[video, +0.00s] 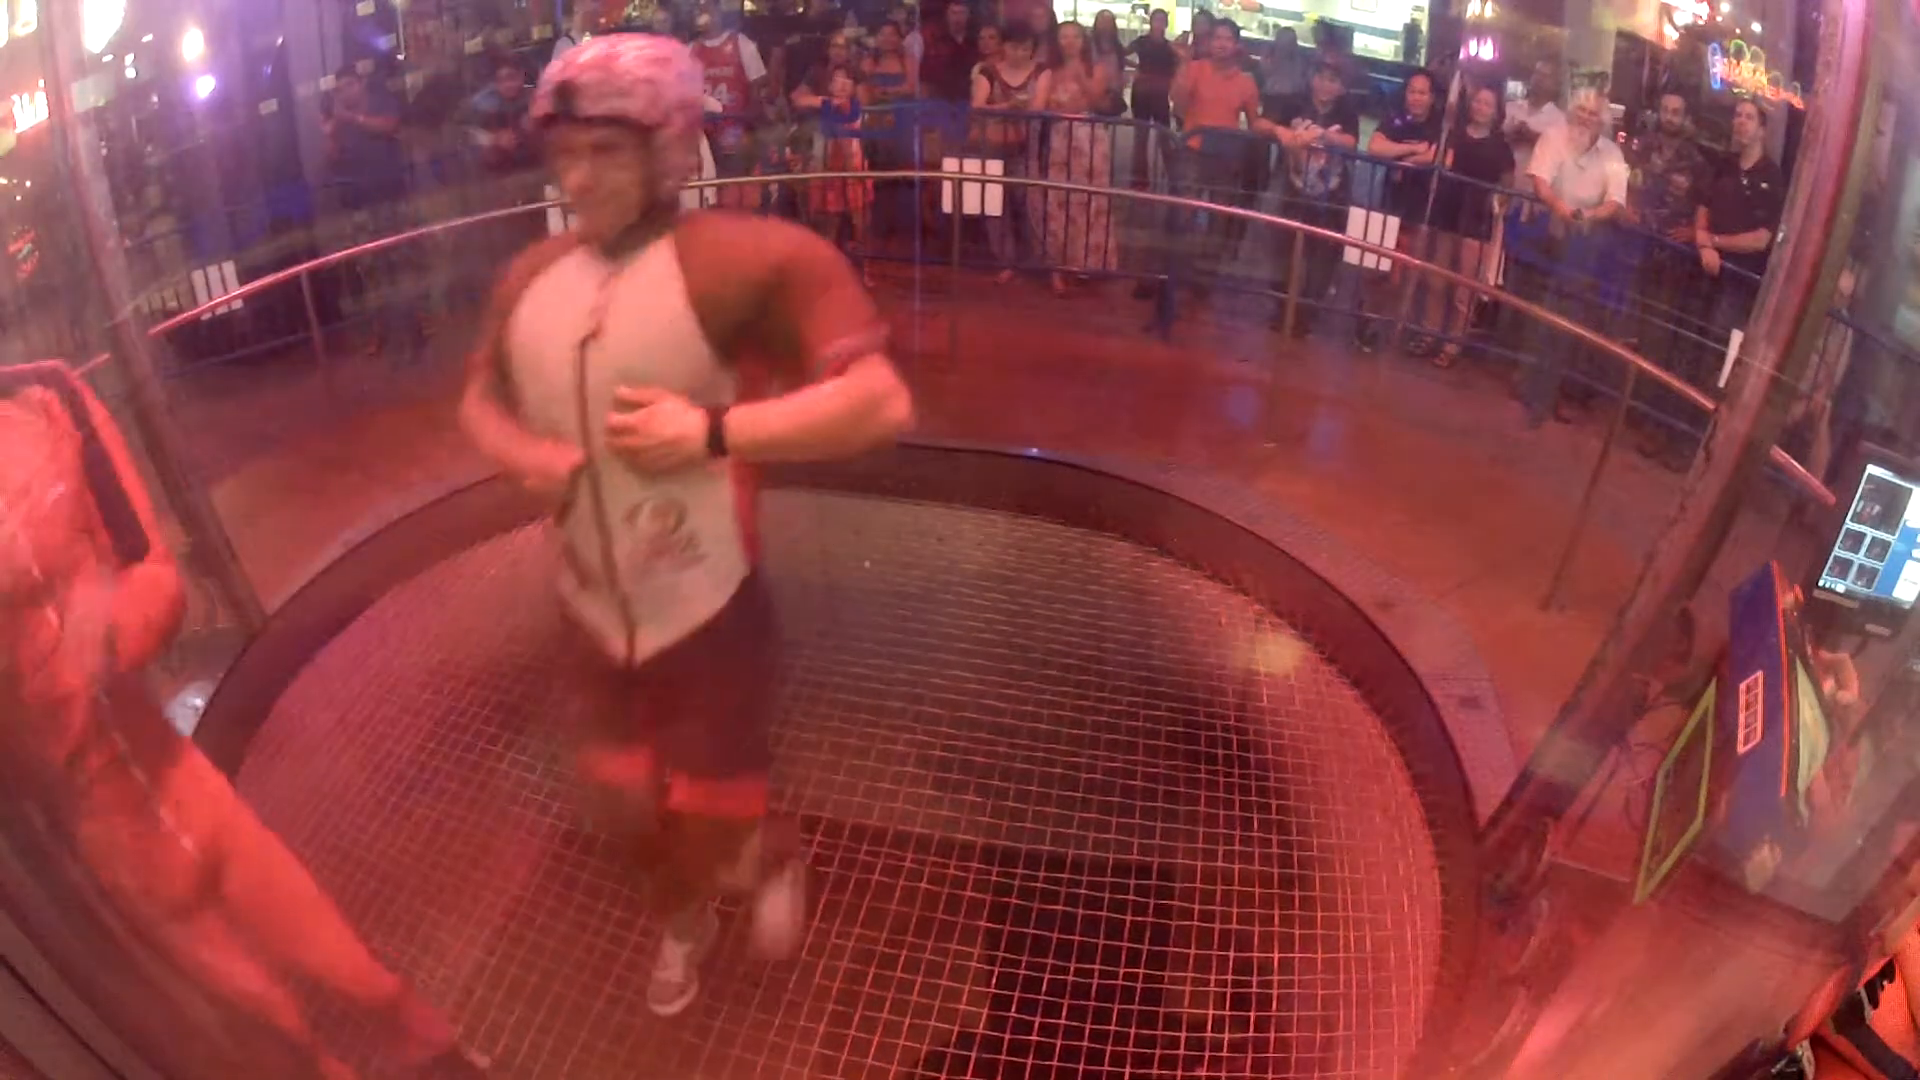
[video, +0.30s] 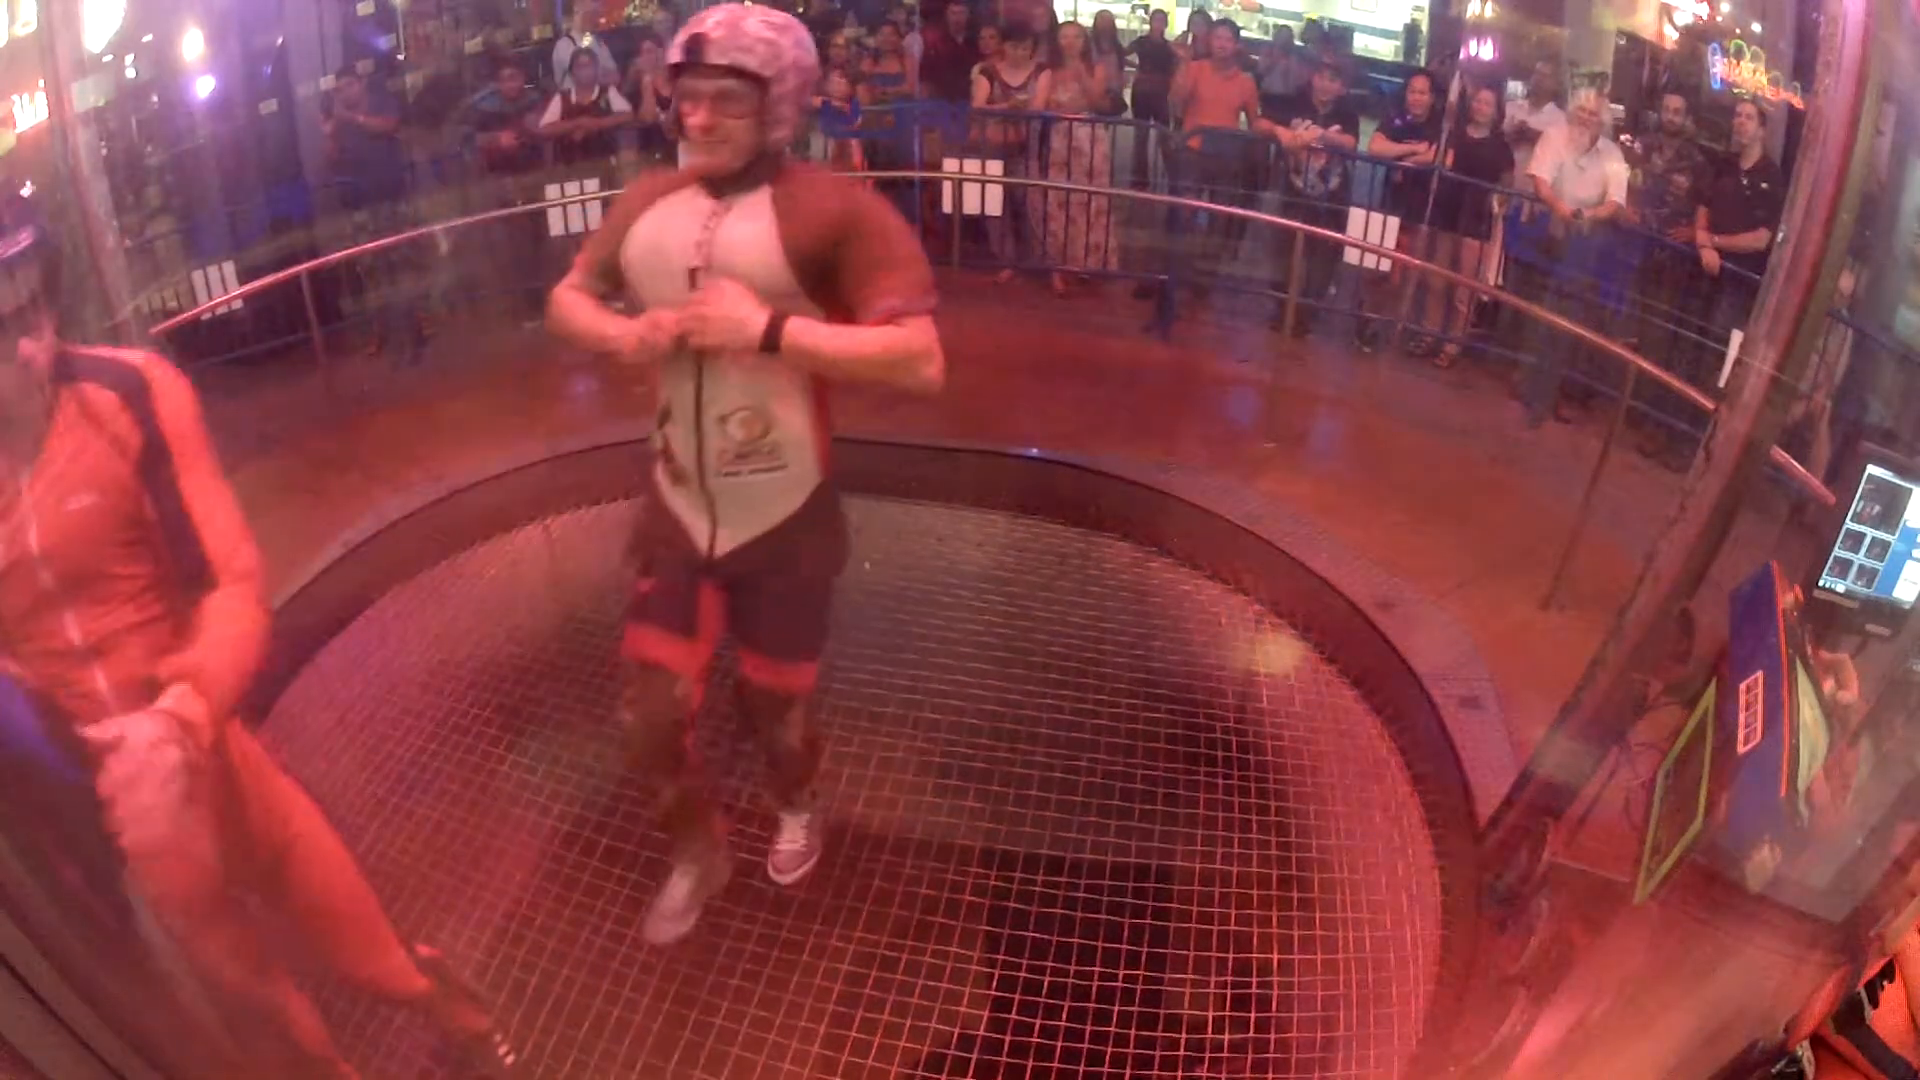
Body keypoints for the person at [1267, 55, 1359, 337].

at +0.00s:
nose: (1325, 86)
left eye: (1333, 81)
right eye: (1322, 78)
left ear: (1343, 87)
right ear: (1311, 78)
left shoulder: (1346, 111)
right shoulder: (1293, 103)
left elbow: (1351, 143)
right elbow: (1259, 124)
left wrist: (1325, 136)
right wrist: (1283, 134)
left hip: (1332, 196)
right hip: (1296, 190)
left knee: (1324, 255)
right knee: (1286, 248)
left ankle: (1307, 312)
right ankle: (1281, 306)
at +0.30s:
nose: (1326, 85)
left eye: (1334, 81)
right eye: (1324, 78)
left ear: (1343, 88)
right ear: (1313, 77)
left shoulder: (1346, 111)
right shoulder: (1294, 103)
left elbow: (1351, 143)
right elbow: (1262, 124)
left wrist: (1321, 136)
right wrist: (1284, 135)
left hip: (1331, 196)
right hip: (1295, 189)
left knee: (1323, 253)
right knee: (1287, 247)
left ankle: (1308, 310)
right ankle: (1281, 304)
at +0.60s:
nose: (1335, 87)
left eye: (1338, 81)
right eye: (1330, 80)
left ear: (1343, 85)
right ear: (1313, 78)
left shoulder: (1346, 111)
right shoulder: (1290, 103)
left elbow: (1352, 143)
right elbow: (1260, 125)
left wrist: (1323, 136)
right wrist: (1285, 136)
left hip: (1332, 196)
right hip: (1295, 189)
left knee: (1325, 254)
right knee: (1287, 248)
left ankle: (1308, 312)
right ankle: (1281, 306)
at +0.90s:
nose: (1330, 86)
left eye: (1336, 81)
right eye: (1326, 79)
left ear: (1343, 87)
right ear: (1314, 79)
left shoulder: (1346, 112)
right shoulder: (1293, 105)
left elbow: (1351, 144)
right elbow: (1260, 124)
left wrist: (1321, 135)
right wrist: (1284, 134)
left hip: (1330, 195)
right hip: (1295, 189)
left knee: (1324, 255)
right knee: (1287, 247)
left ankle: (1307, 314)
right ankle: (1281, 306)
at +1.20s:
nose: (1327, 86)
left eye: (1335, 82)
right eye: (1324, 79)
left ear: (1343, 87)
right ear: (1313, 78)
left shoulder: (1345, 110)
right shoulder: (1292, 100)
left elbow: (1351, 144)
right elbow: (1262, 123)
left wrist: (1329, 136)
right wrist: (1288, 137)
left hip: (1331, 190)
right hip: (1294, 184)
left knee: (1325, 253)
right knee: (1287, 246)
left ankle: (1308, 314)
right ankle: (1281, 306)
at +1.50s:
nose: (1325, 85)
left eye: (1333, 81)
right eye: (1322, 78)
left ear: (1343, 90)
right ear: (1312, 79)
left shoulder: (1345, 114)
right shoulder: (1295, 107)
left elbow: (1350, 144)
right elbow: (1264, 126)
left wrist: (1323, 135)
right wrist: (1290, 138)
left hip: (1329, 195)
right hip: (1293, 189)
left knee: (1323, 256)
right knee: (1286, 248)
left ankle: (1307, 314)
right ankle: (1281, 306)